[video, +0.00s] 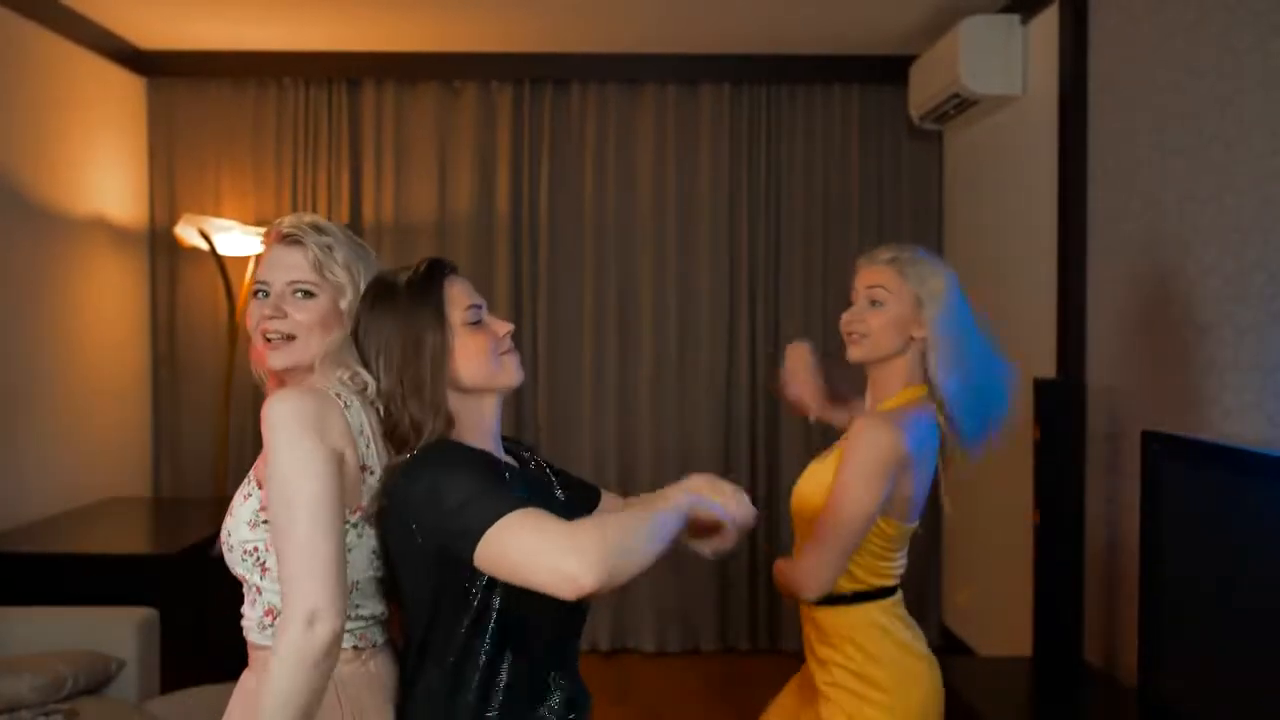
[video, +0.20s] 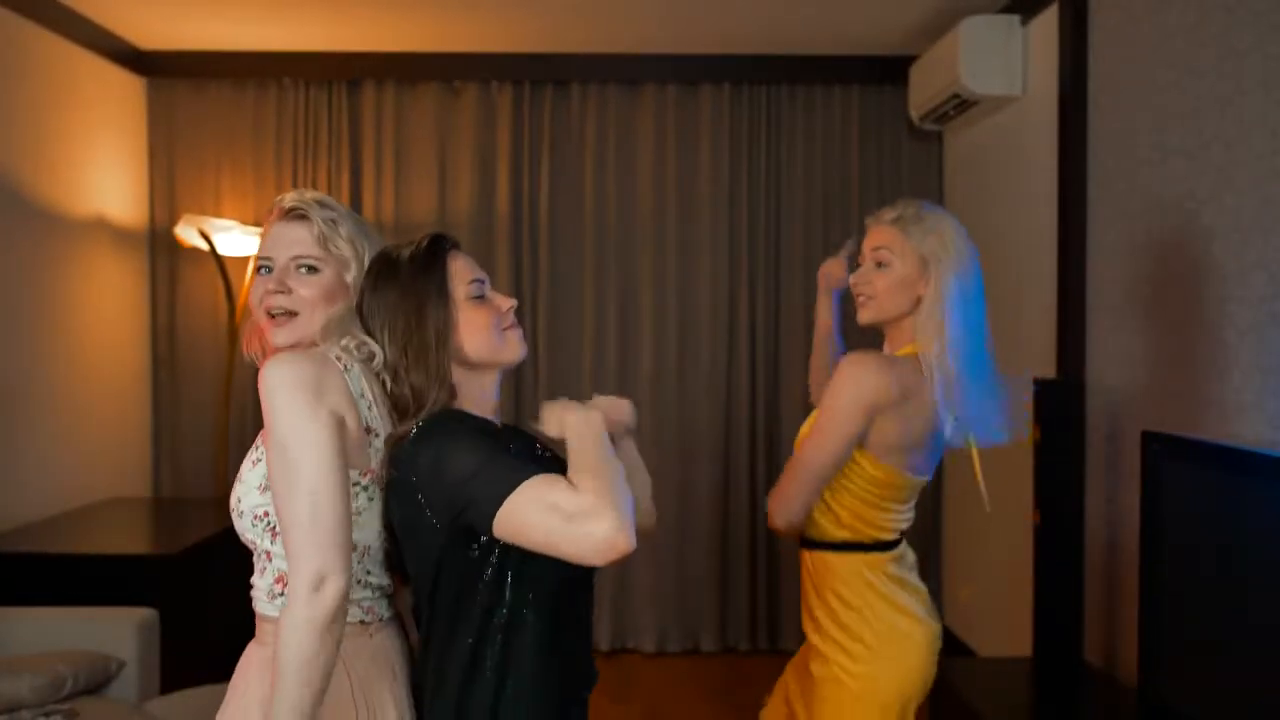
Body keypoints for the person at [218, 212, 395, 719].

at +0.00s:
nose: (272, 310)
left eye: (302, 293)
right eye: (261, 292)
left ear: (351, 309)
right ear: (248, 304)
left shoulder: (297, 408)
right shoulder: (361, 403)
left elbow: (315, 623)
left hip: (315, 688)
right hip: (366, 678)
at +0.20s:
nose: (276, 285)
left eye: (306, 268)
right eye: (265, 267)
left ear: (358, 286)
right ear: (252, 284)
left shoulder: (295, 373)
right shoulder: (372, 373)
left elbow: (321, 586)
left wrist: (283, 711)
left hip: (308, 668)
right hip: (377, 650)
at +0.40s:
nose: (283, 279)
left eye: (313, 262)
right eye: (271, 261)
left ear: (363, 279)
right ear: (258, 274)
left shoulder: (304, 358)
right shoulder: (371, 361)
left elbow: (308, 566)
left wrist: (259, 710)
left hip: (327, 660)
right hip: (385, 643)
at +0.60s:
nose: (288, 298)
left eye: (318, 281)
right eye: (277, 279)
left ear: (369, 297)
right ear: (264, 293)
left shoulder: (318, 390)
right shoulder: (379, 387)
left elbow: (281, 600)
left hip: (328, 681)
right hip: (388, 666)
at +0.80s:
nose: (296, 310)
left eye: (327, 293)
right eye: (285, 292)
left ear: (377, 309)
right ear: (272, 304)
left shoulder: (328, 395)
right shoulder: (387, 396)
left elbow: (274, 586)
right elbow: (320, 491)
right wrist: (243, 551)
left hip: (327, 688)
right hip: (386, 673)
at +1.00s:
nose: (298, 301)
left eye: (328, 284)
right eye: (287, 283)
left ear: (378, 298)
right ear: (274, 294)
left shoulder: (334, 376)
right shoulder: (387, 381)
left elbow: (298, 500)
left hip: (337, 672)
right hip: (388, 659)